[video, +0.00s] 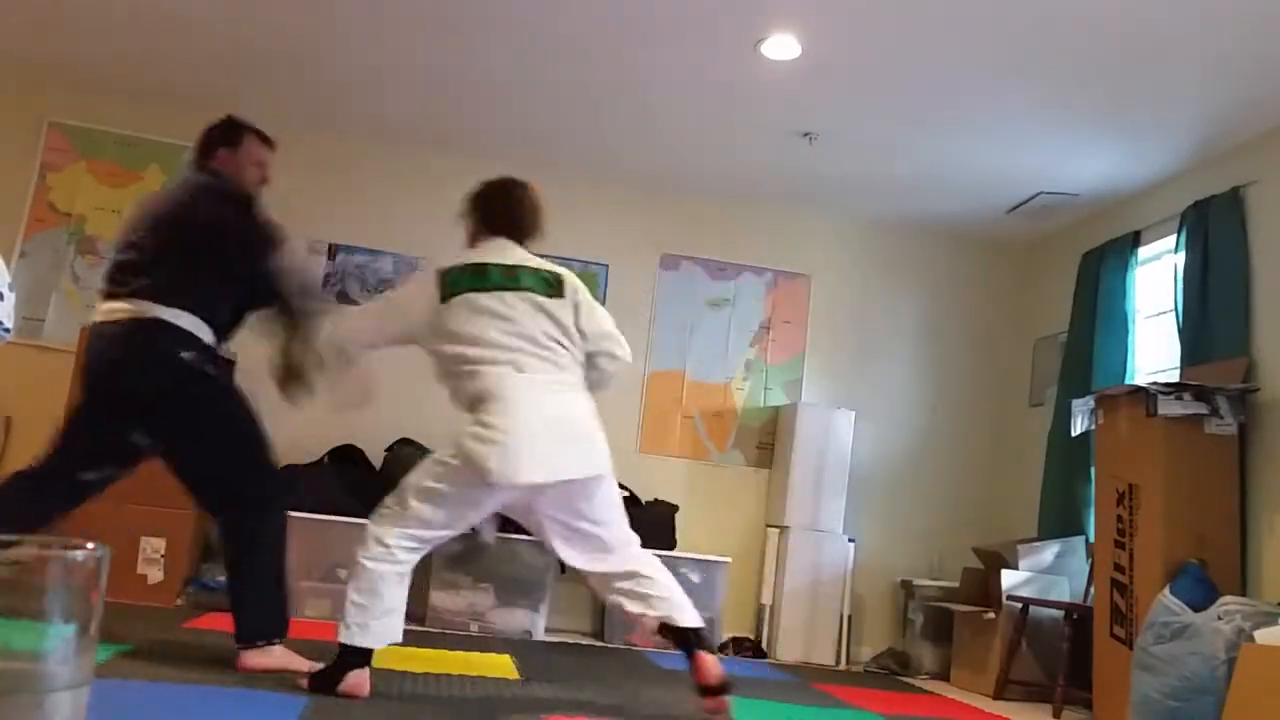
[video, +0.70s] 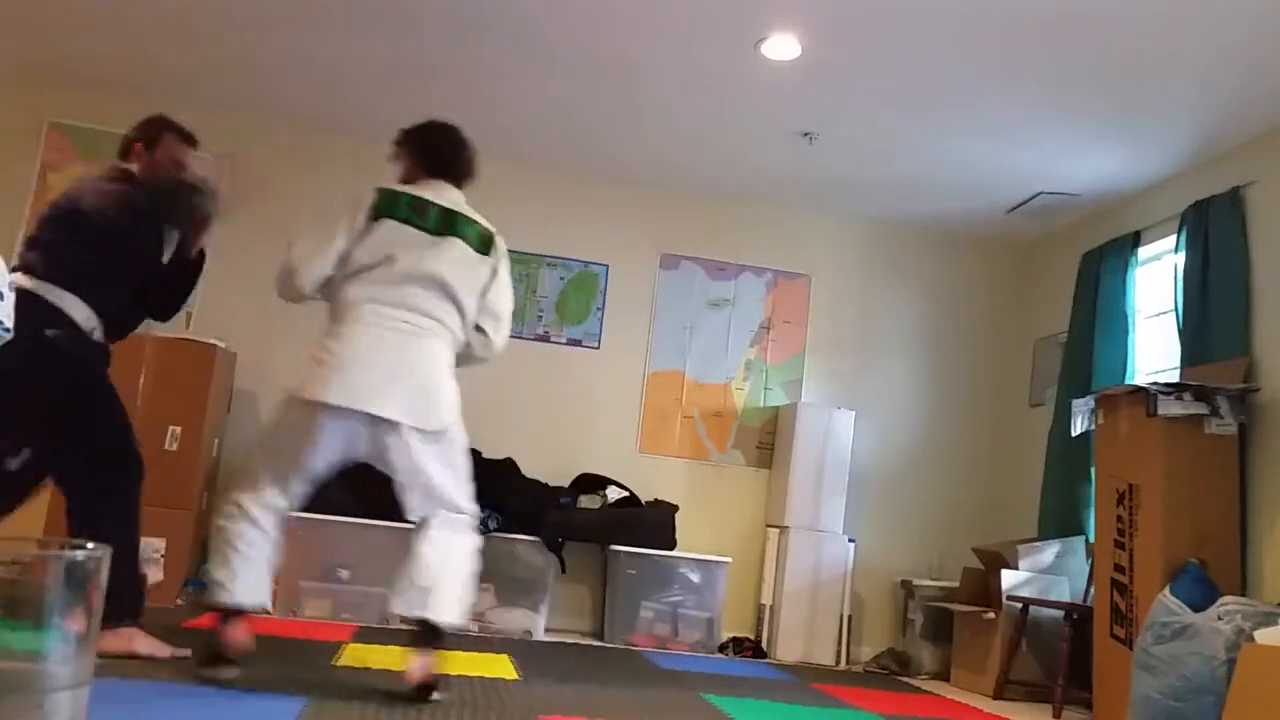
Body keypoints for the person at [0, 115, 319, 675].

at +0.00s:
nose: (265, 178)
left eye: (268, 167)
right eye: (258, 164)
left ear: (212, 162)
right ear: (223, 156)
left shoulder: (167, 204)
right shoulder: (236, 213)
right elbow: (289, 286)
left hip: (106, 349)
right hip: (171, 359)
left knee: (67, 474)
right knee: (250, 492)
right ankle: (261, 640)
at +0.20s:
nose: (207, 160)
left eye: (211, 150)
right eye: (202, 145)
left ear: (156, 140)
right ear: (165, 136)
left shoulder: (103, 176)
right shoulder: (151, 186)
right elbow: (154, 298)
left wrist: (192, 237)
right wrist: (198, 255)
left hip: (37, 324)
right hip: (93, 335)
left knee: (9, 454)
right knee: (163, 464)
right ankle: (126, 613)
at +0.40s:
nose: (185, 154)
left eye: (190, 145)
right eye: (179, 140)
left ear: (135, 135)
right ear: (143, 129)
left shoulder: (70, 169)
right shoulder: (129, 185)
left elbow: (154, 280)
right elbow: (127, 275)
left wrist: (196, 233)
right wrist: (173, 263)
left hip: (26, 326)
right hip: (70, 340)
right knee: (112, 460)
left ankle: (53, 603)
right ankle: (53, 602)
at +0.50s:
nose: (158, 171)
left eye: (164, 161)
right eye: (153, 155)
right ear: (117, 142)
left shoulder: (134, 213)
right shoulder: (64, 187)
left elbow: (156, 292)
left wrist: (191, 244)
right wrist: (138, 245)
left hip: (82, 352)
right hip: (43, 347)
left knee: (126, 460)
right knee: (119, 459)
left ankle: (75, 607)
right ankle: (70, 609)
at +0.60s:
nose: (168, 165)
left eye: (174, 157)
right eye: (162, 151)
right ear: (126, 141)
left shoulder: (139, 221)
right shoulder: (75, 180)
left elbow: (136, 304)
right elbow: (31, 234)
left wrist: (178, 257)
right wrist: (113, 200)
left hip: (81, 353)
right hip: (45, 342)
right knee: (135, 460)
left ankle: (96, 602)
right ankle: (117, 607)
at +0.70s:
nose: (181, 176)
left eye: (184, 167)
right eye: (173, 163)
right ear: (138, 153)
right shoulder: (122, 198)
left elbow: (162, 306)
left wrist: (192, 247)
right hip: (57, 342)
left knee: (21, 468)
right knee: (113, 474)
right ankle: (117, 621)